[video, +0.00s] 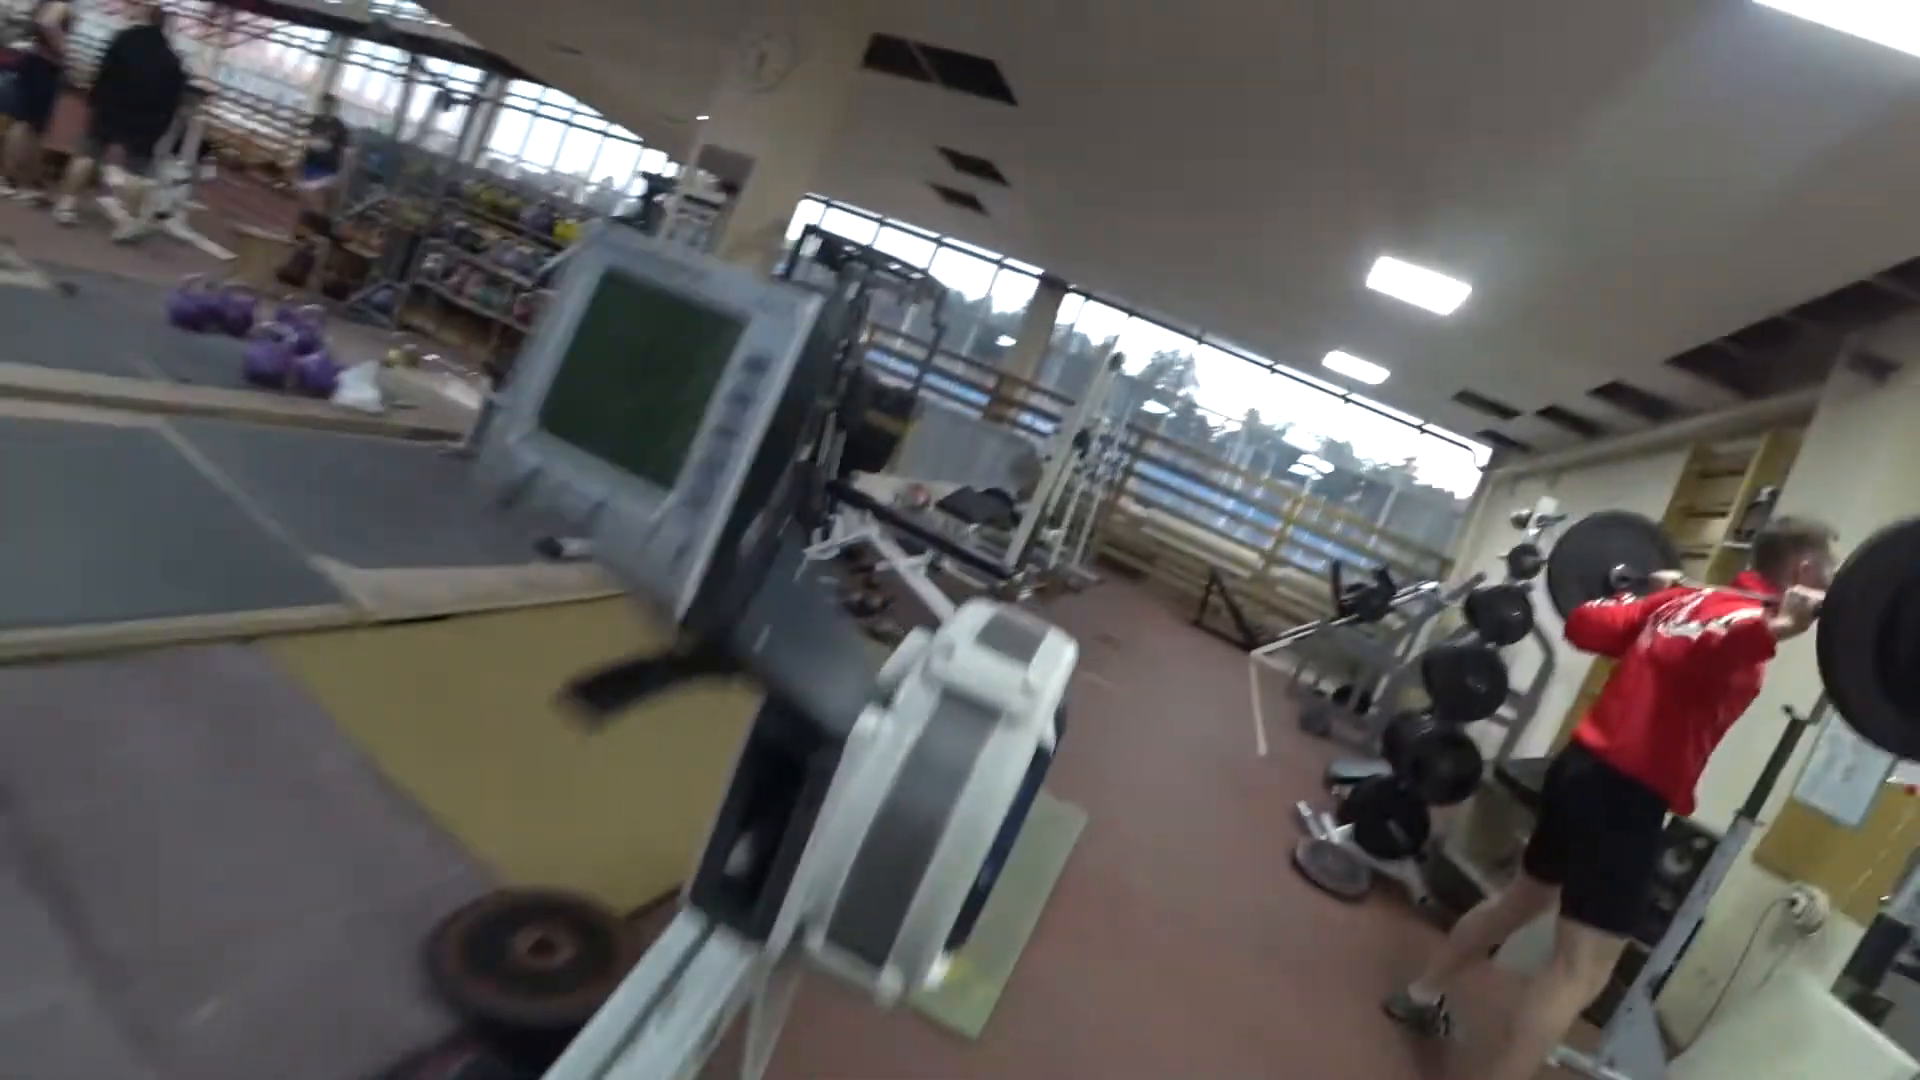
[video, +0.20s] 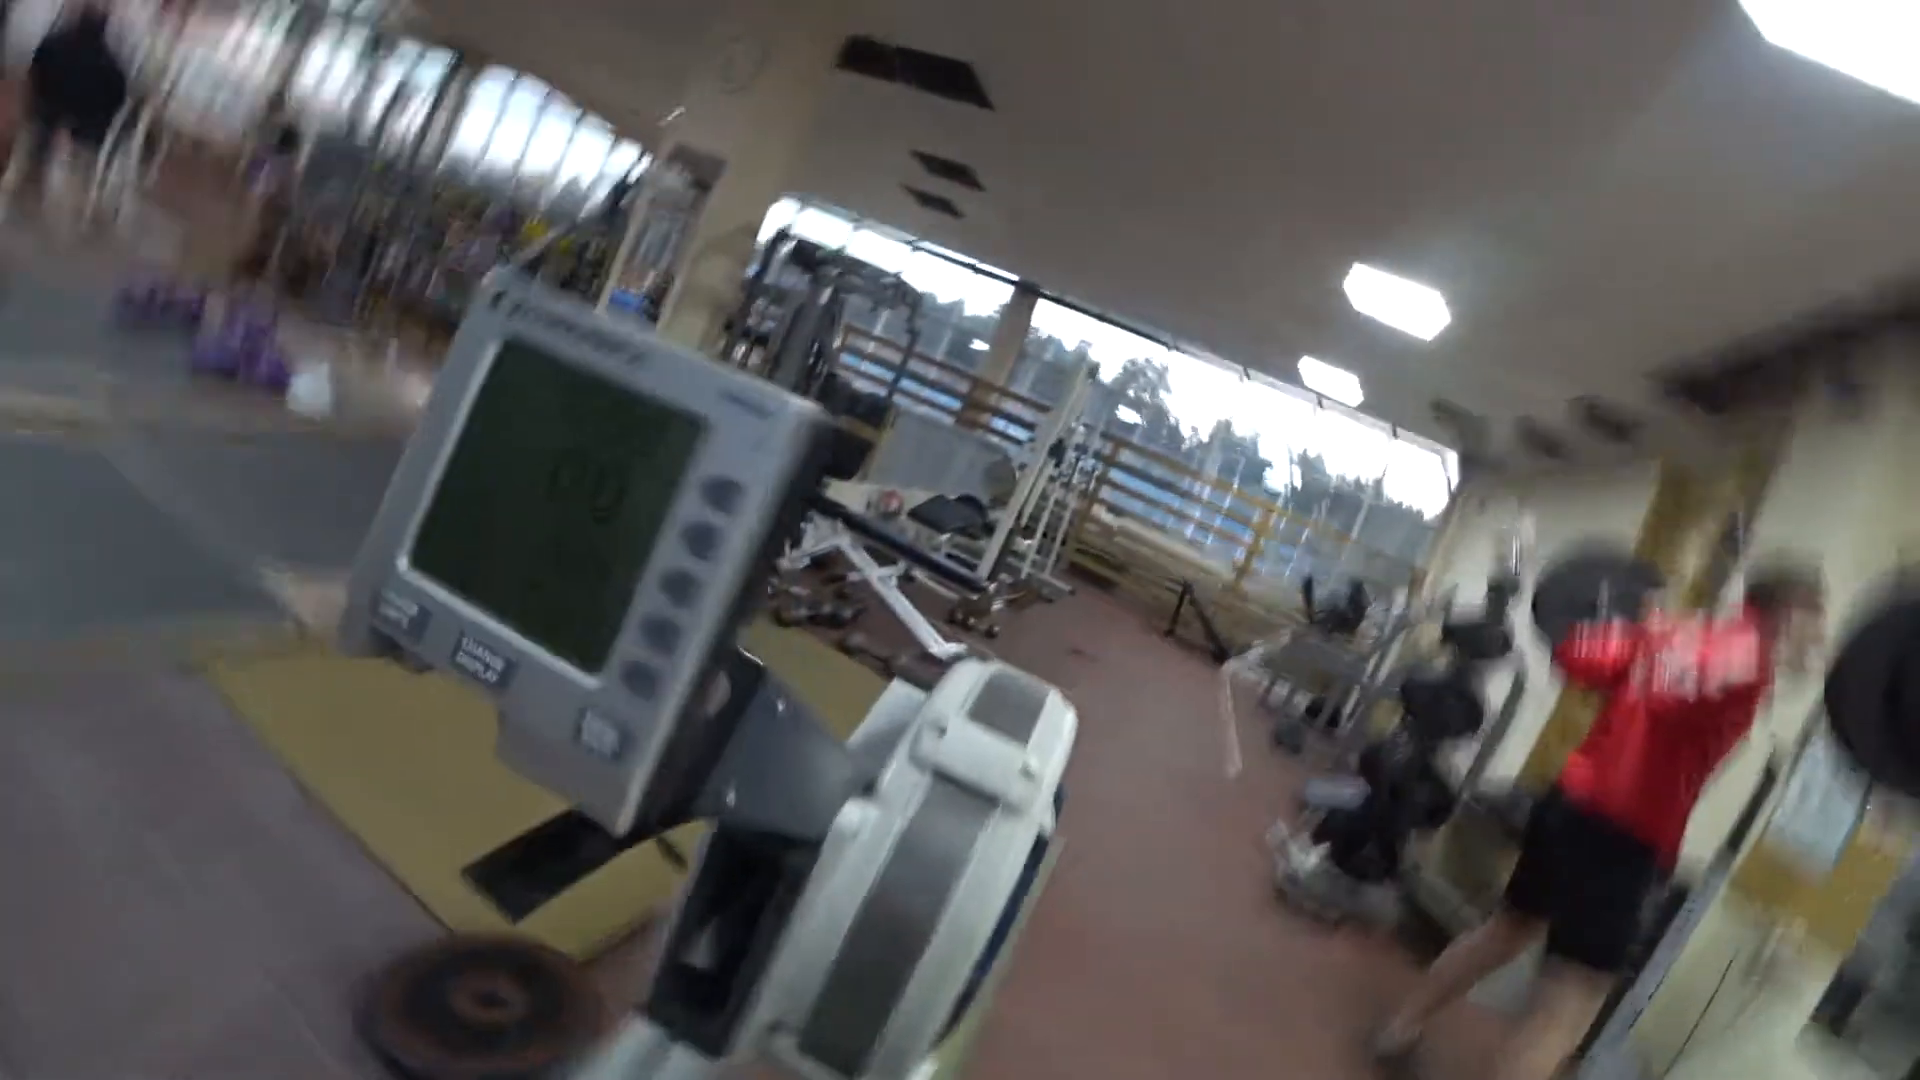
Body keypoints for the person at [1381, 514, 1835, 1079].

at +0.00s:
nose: (1827, 592)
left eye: (1828, 578)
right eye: (1825, 578)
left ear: (1757, 561)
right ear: (1800, 577)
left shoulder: (1679, 598)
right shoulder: (1753, 621)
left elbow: (1584, 625)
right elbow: (1709, 649)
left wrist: (1647, 595)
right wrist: (1776, 629)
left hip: (1578, 765)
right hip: (1631, 799)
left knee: (1522, 898)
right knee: (1577, 971)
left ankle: (1419, 994)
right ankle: (1509, 1069)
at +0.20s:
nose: (1814, 637)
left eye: (1816, 621)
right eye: (1808, 619)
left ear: (1750, 602)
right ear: (1780, 614)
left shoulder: (1674, 632)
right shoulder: (1747, 660)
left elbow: (1578, 652)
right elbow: (1670, 686)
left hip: (1569, 802)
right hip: (1631, 837)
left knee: (1507, 928)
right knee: (1568, 1003)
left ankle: (1398, 1029)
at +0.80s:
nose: (1905, 772)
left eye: (1908, 760)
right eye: (1906, 758)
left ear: (1844, 728)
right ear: (1889, 751)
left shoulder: (1746, 753)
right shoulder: (1842, 798)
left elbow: (1641, 757)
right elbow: (1796, 812)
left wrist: (1724, 739)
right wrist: (1875, 808)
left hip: (1613, 908)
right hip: (1669, 958)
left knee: (1521, 1027)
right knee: (1596, 1073)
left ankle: (1420, 1075)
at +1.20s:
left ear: (1898, 384)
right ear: (1917, 398)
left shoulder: (1814, 447)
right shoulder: (1907, 464)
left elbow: (1711, 484)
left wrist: (1746, 435)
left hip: (1738, 634)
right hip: (1818, 664)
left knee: (1683, 773)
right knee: (1770, 846)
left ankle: (1589, 891)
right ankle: (1685, 1029)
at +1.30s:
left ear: (1886, 278)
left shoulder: (1812, 346)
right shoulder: (1912, 348)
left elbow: (1711, 399)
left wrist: (1754, 350)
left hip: (1745, 545)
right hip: (1823, 569)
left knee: (1706, 696)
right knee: (1801, 760)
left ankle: (1621, 817)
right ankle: (1728, 947)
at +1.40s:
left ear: (1868, 204)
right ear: (1914, 204)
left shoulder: (1798, 271)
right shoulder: (1906, 268)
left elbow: (1696, 330)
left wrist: (1740, 286)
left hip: (1744, 478)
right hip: (1820, 493)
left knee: (1719, 630)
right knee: (1817, 687)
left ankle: (1644, 755)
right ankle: (1759, 876)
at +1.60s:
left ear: (1861, 150)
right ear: (1911, 145)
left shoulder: (1789, 223)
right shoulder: (1903, 212)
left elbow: (1686, 290)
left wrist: (1741, 233)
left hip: (1743, 432)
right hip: (1822, 444)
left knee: (1721, 588)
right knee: (1823, 640)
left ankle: (1652, 713)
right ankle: (1771, 827)